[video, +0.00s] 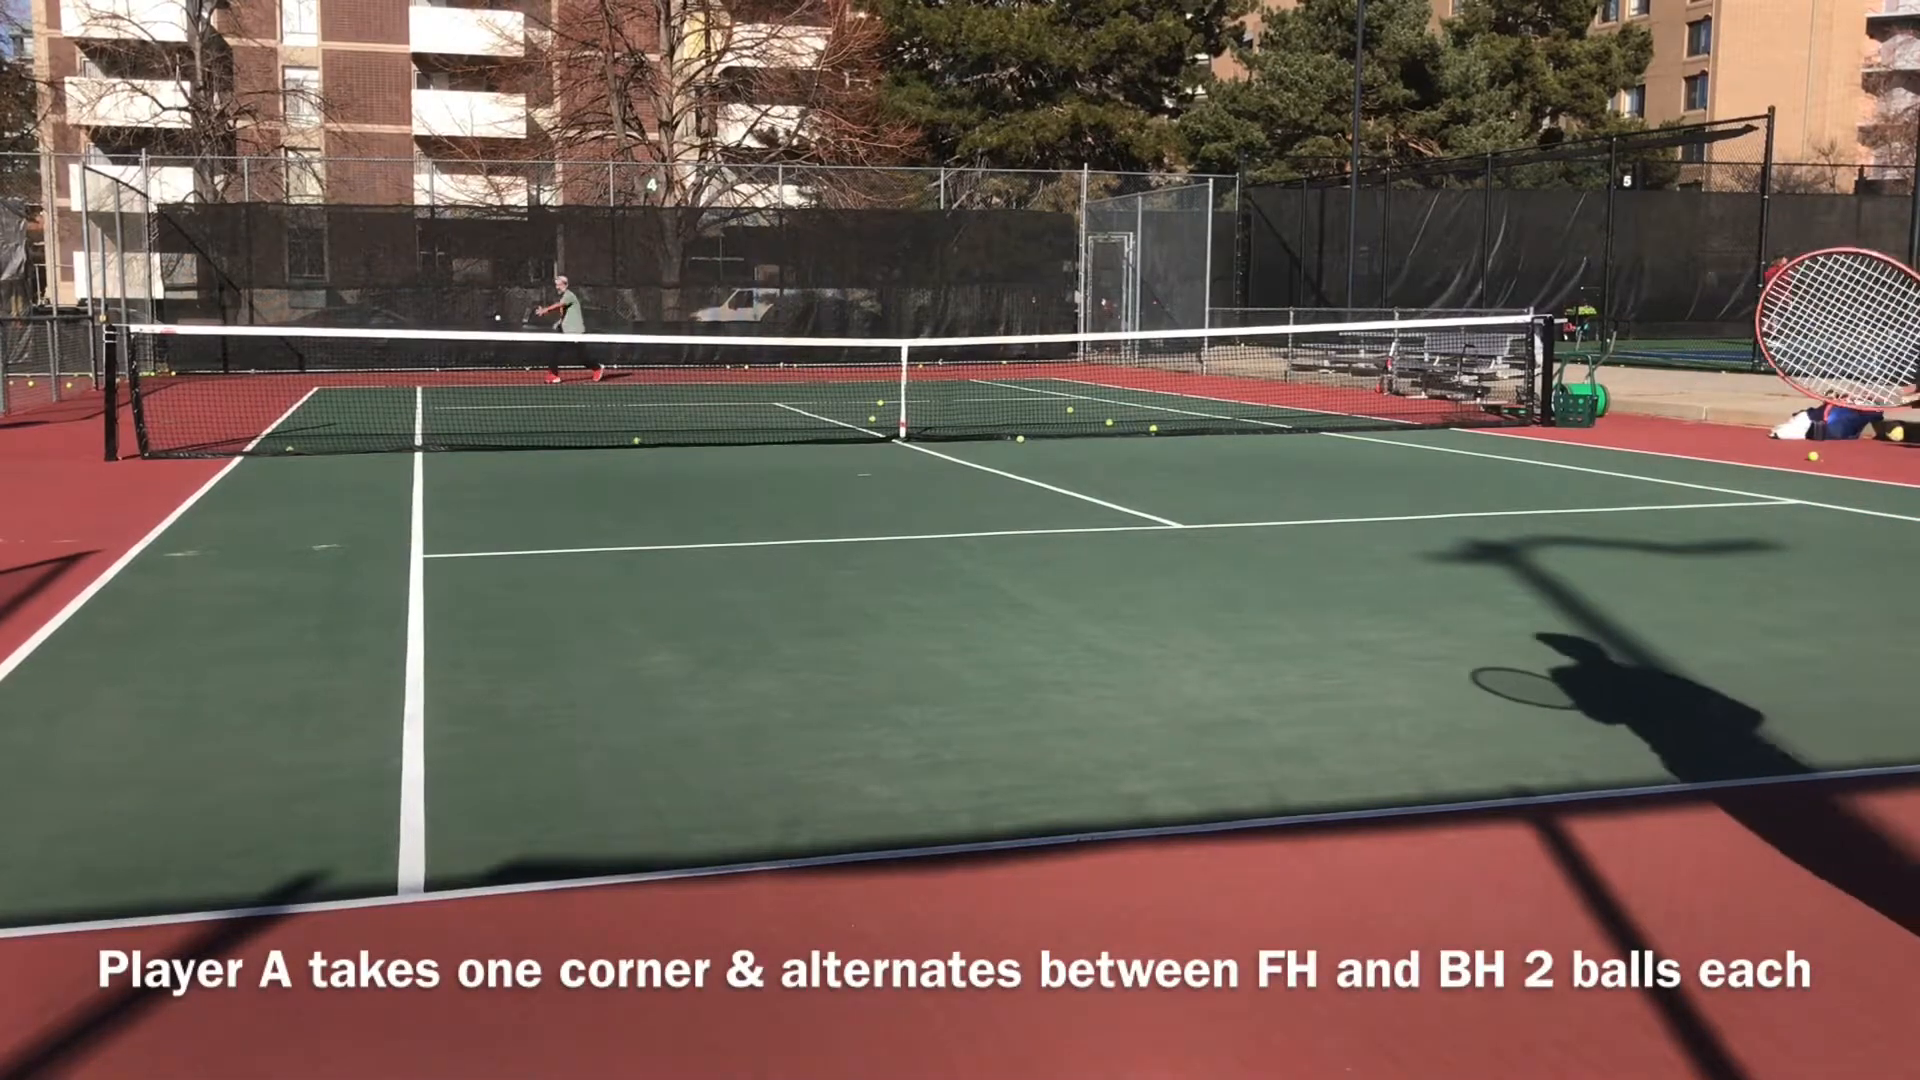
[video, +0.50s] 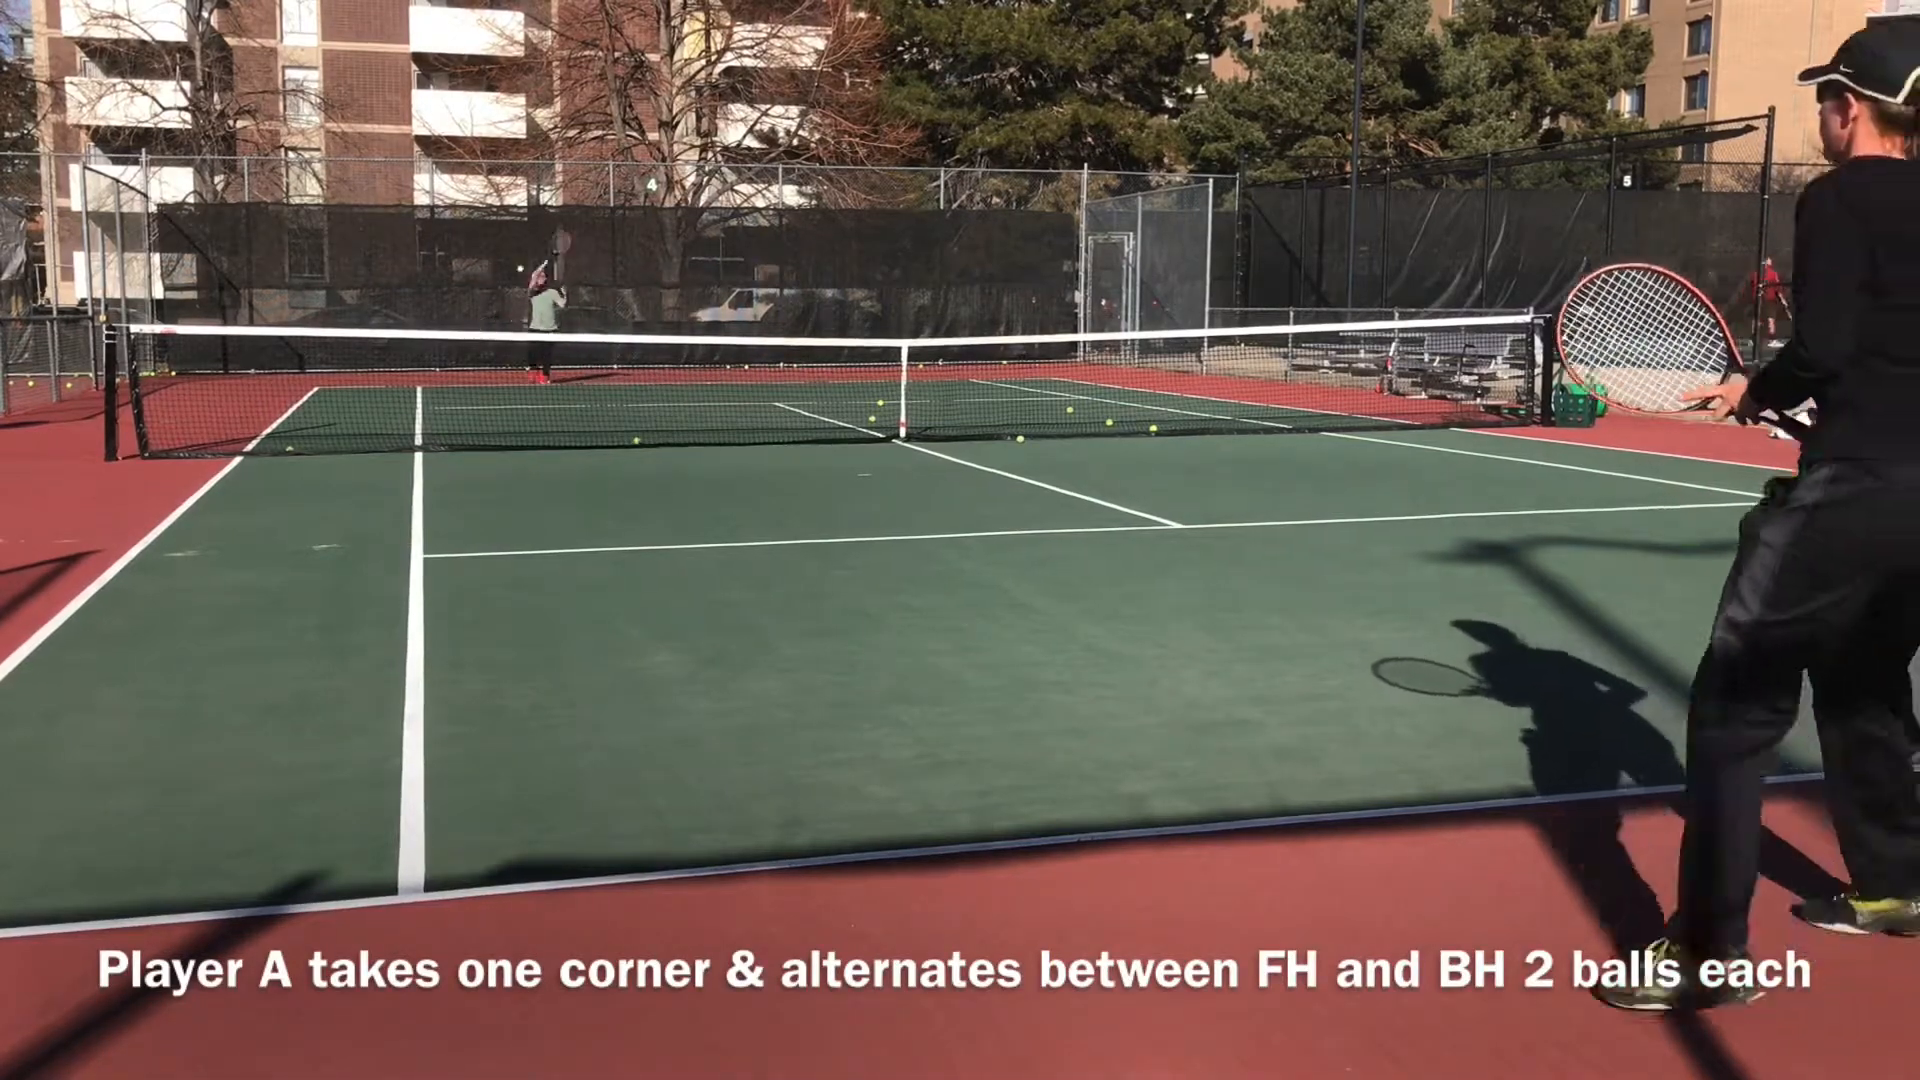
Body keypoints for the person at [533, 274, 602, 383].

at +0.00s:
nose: (557, 287)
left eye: (559, 285)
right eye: (556, 285)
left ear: (565, 284)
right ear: (557, 285)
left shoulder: (568, 295)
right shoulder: (565, 297)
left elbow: (559, 305)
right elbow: (565, 315)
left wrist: (544, 310)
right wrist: (559, 322)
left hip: (574, 330)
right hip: (566, 330)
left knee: (580, 354)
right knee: (555, 351)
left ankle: (597, 368)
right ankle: (553, 373)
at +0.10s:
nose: (547, 287)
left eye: (548, 285)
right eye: (546, 285)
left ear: (555, 284)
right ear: (550, 286)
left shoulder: (561, 294)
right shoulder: (555, 296)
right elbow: (553, 316)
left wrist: (552, 307)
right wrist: (549, 330)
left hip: (568, 331)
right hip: (559, 331)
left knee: (572, 354)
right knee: (550, 351)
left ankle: (589, 368)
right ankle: (552, 374)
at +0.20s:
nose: (541, 286)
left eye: (542, 283)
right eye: (540, 284)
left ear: (549, 282)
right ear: (541, 285)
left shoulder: (560, 293)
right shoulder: (545, 299)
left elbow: (567, 302)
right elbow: (541, 315)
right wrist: (535, 330)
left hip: (565, 328)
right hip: (553, 329)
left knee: (564, 350)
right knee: (545, 351)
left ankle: (577, 367)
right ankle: (552, 373)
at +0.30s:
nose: (537, 284)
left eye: (538, 281)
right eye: (536, 282)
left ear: (545, 279)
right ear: (538, 282)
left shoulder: (559, 289)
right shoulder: (539, 295)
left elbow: (569, 298)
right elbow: (533, 309)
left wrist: (569, 292)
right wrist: (523, 316)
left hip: (559, 325)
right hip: (546, 326)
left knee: (555, 350)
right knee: (543, 350)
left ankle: (558, 372)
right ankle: (550, 372)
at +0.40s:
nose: (537, 282)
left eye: (538, 279)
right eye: (535, 280)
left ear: (544, 277)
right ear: (535, 281)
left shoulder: (556, 289)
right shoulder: (539, 291)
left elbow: (567, 299)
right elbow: (532, 293)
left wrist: (568, 291)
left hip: (554, 325)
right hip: (541, 324)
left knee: (548, 351)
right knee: (539, 349)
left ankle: (546, 375)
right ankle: (548, 369)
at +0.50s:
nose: (542, 279)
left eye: (541, 277)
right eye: (542, 277)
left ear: (535, 281)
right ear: (546, 281)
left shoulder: (533, 293)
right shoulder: (552, 292)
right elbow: (562, 304)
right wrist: (564, 294)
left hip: (535, 328)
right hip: (550, 328)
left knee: (533, 351)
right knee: (547, 353)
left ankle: (533, 373)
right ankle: (545, 375)